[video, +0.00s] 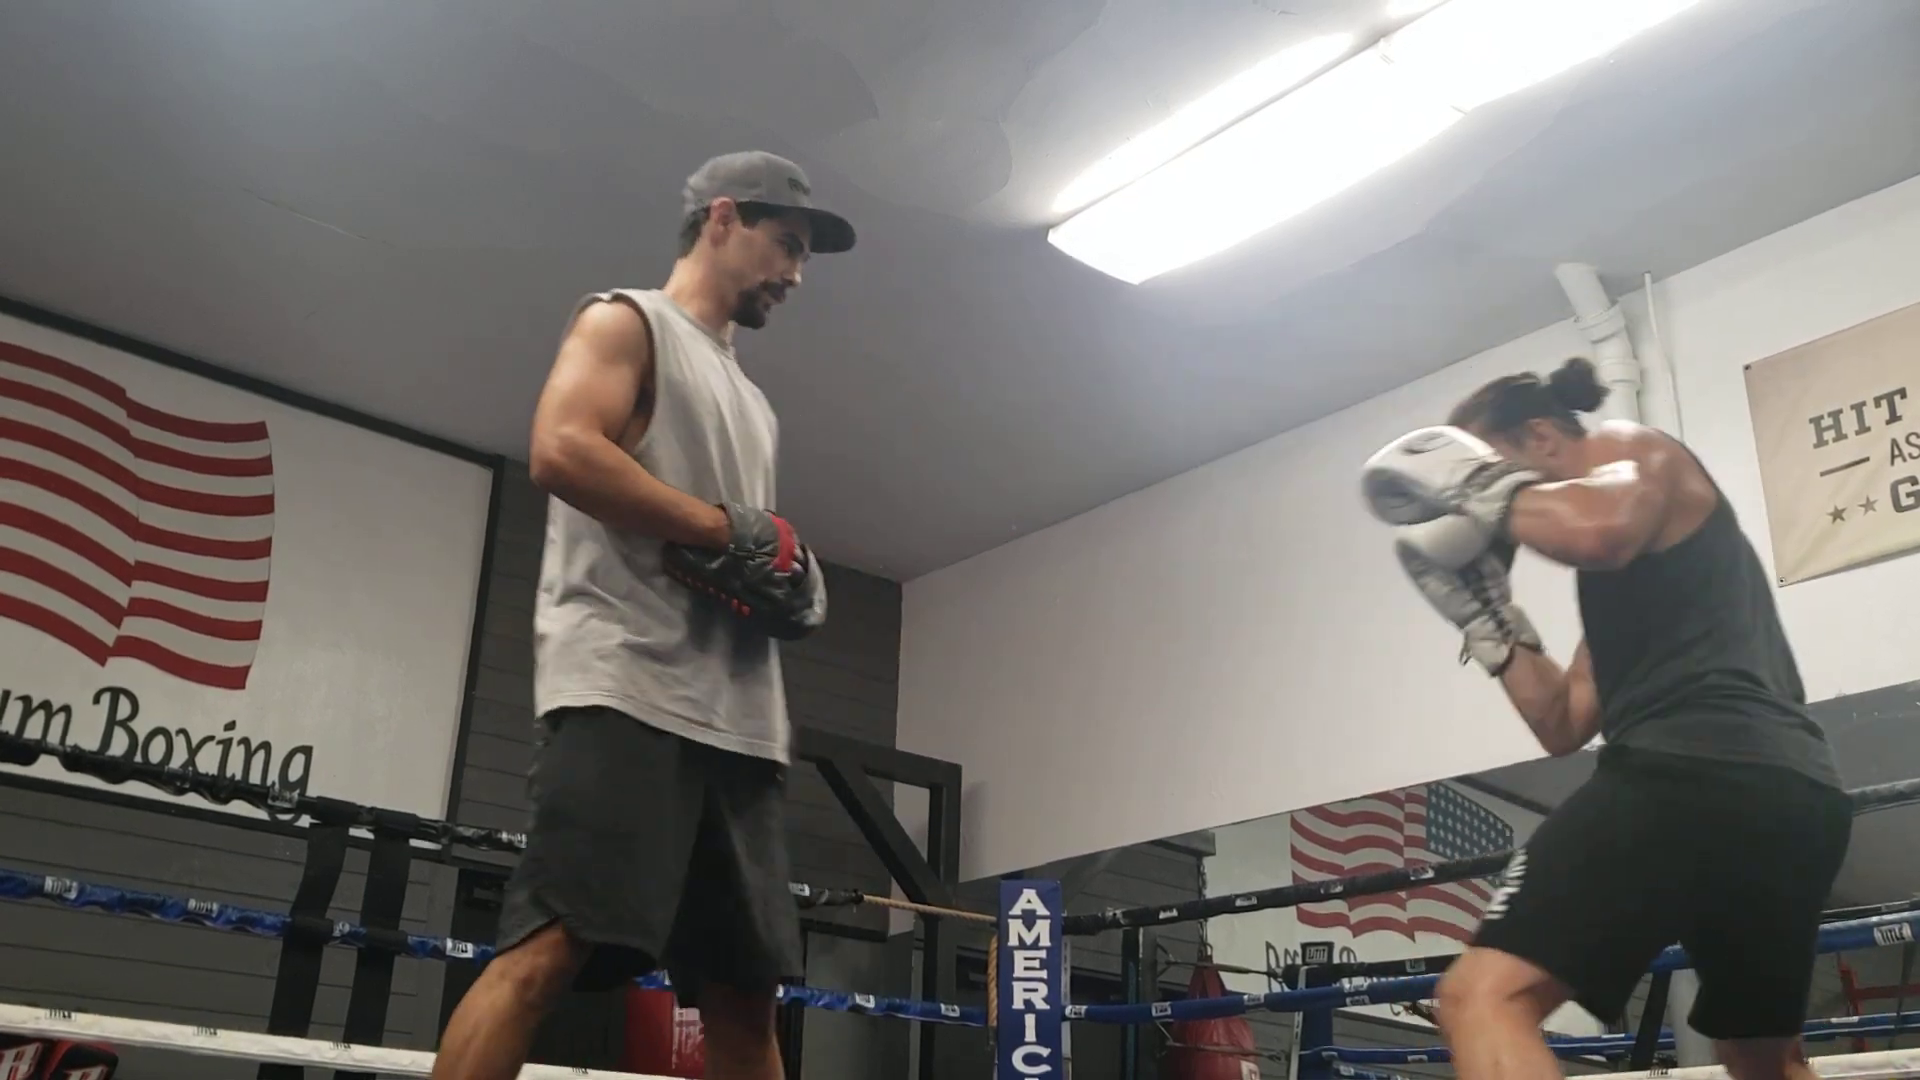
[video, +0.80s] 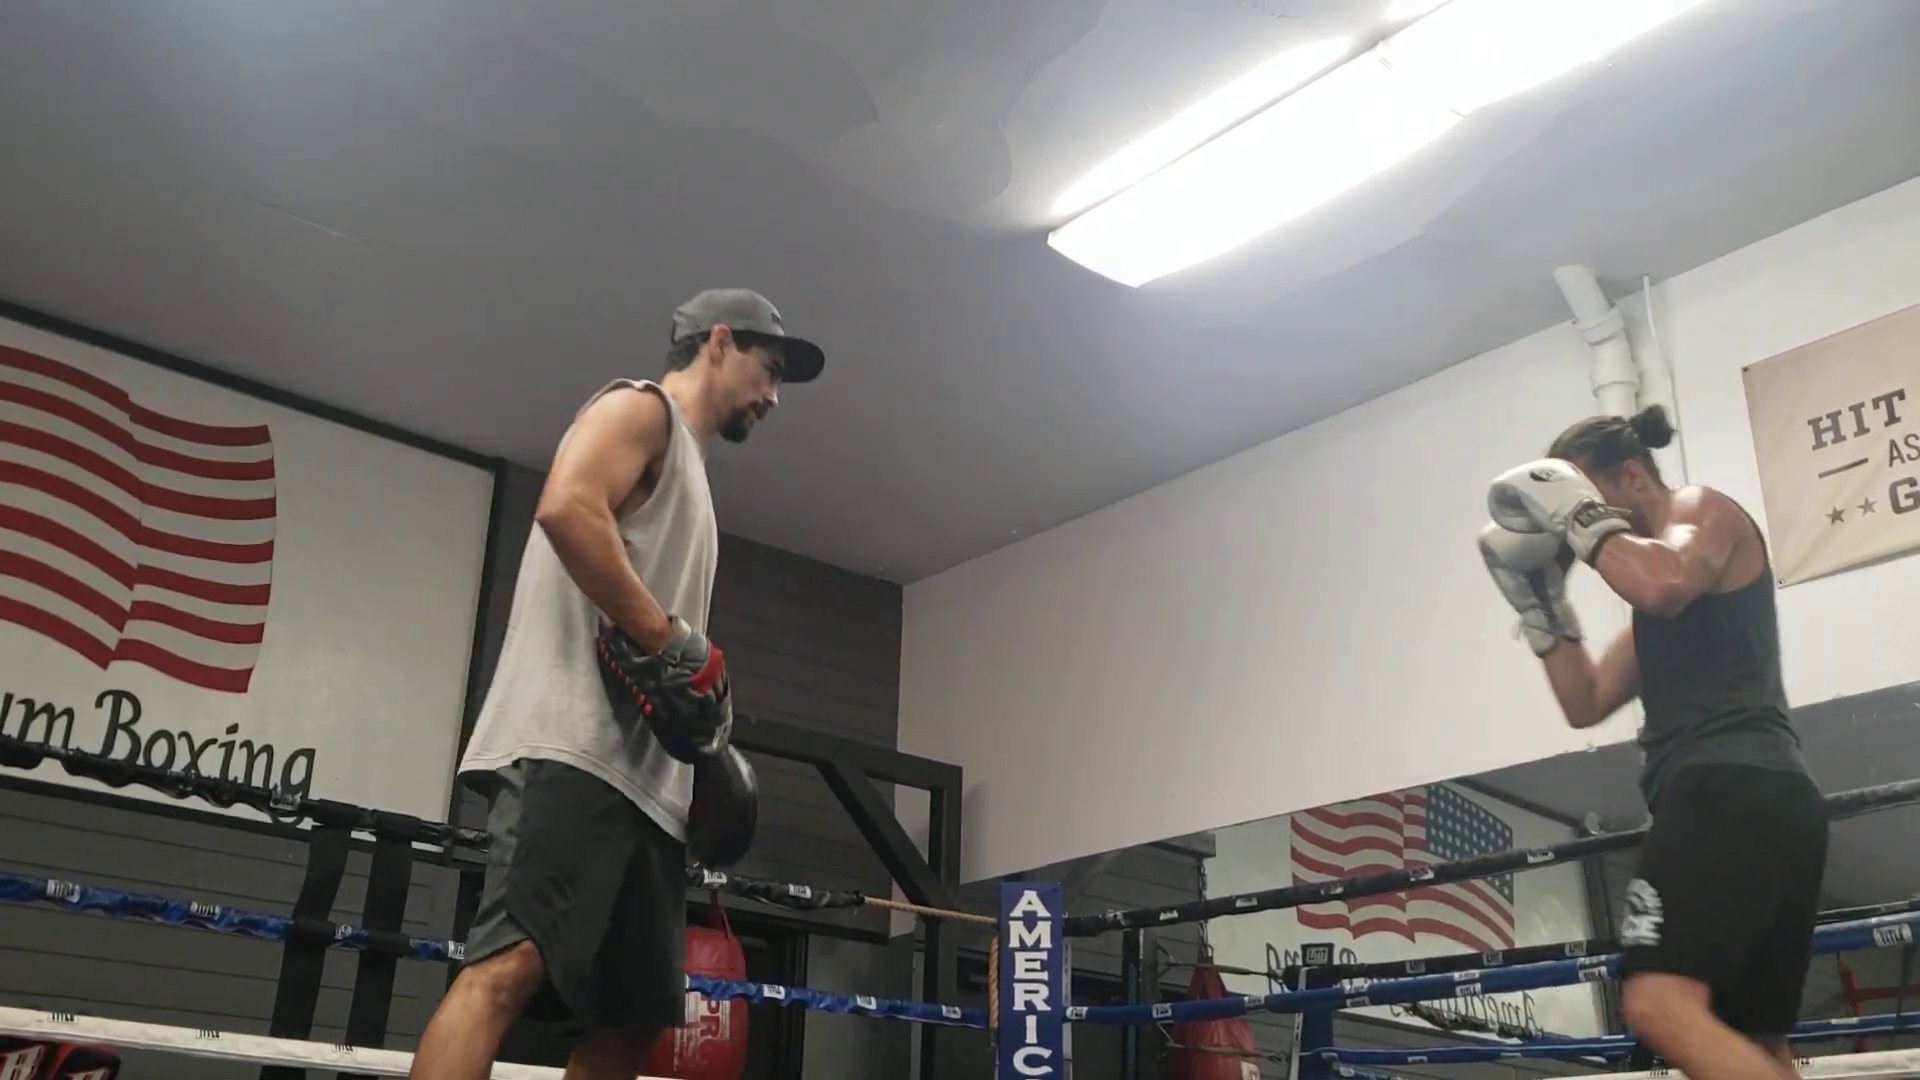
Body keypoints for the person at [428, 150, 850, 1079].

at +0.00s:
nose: (796, 273)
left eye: (805, 256)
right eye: (786, 242)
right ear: (720, 217)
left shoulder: (753, 407)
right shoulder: (623, 320)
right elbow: (562, 450)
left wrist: (789, 583)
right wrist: (735, 532)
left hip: (737, 717)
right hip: (620, 693)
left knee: (745, 994)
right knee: (547, 950)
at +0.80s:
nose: (773, 395)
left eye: (781, 379)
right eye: (769, 368)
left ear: (722, 356)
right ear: (719, 344)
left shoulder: (687, 480)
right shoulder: (639, 409)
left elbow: (664, 623)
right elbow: (569, 508)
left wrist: (704, 735)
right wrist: (669, 642)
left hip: (645, 774)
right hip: (570, 742)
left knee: (631, 1015)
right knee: (506, 967)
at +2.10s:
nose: (729, 250)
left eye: (739, 230)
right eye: (732, 216)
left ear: (668, 193)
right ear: (686, 184)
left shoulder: (663, 333)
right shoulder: (586, 272)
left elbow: (656, 504)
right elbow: (558, 411)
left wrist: (733, 581)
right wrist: (709, 539)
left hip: (682, 690)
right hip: (573, 673)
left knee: (746, 936)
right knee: (510, 953)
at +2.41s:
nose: (843, 234)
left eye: (851, 214)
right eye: (846, 202)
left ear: (787, 174)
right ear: (807, 167)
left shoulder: (766, 317)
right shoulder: (695, 228)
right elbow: (659, 362)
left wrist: (844, 569)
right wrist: (805, 505)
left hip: (783, 664)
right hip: (662, 639)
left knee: (837, 929)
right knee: (575, 942)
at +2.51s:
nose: (888, 231)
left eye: (895, 211)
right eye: (892, 198)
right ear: (858, 161)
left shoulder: (823, 318)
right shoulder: (748, 210)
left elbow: (818, 479)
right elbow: (717, 336)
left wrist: (913, 554)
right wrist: (862, 483)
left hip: (847, 658)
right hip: (727, 630)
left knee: (885, 938)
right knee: (636, 936)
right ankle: (520, 1075)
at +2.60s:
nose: (928, 218)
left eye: (936, 199)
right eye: (932, 188)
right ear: (897, 154)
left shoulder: (863, 301)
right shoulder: (793, 196)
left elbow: (864, 458)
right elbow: (771, 323)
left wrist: (969, 523)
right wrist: (925, 459)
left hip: (890, 642)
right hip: (784, 615)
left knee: (913, 940)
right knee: (751, 916)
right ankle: (576, 1073)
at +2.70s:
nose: (973, 195)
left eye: (981, 178)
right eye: (974, 166)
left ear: (914, 140)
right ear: (939, 135)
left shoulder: (910, 277)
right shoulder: (841, 181)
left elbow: (902, 442)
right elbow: (826, 307)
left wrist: (1003, 487)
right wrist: (989, 434)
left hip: (931, 610)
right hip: (852, 588)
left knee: (936, 926)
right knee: (891, 883)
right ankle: (679, 1069)